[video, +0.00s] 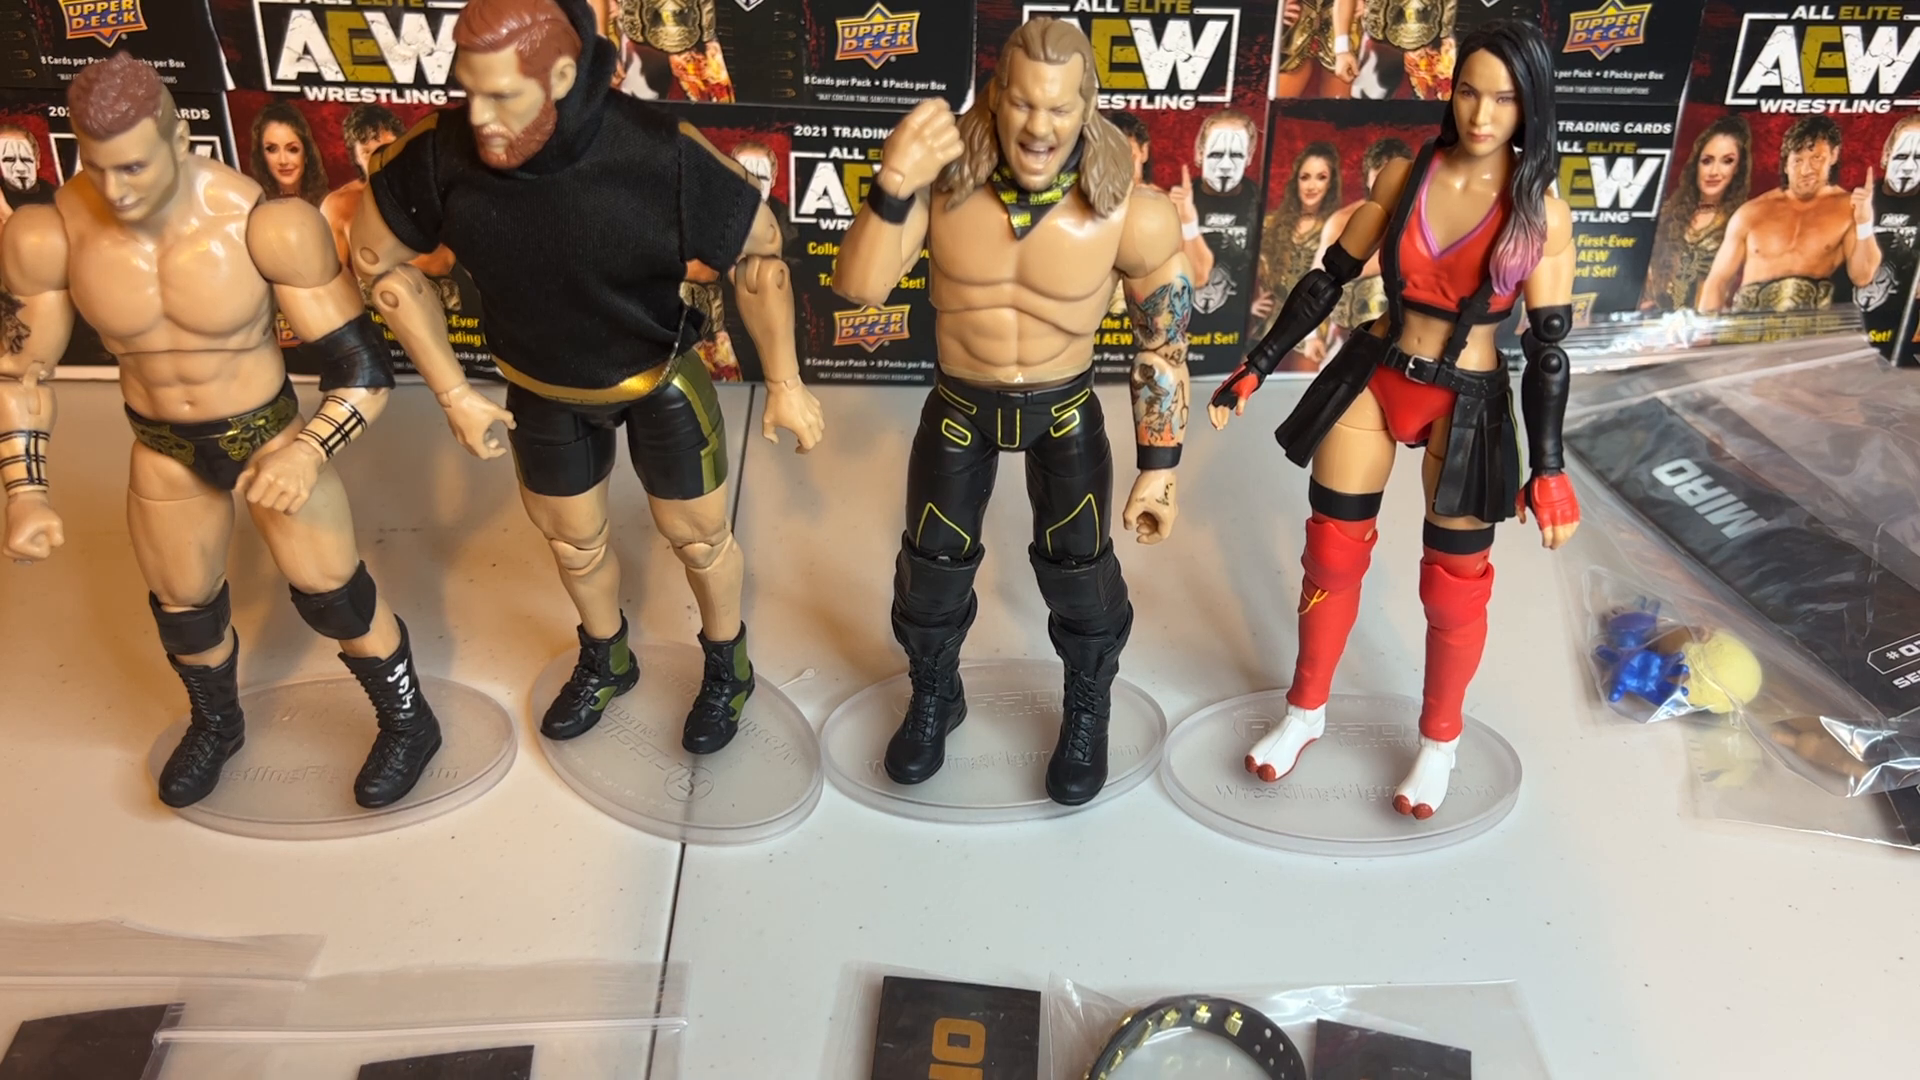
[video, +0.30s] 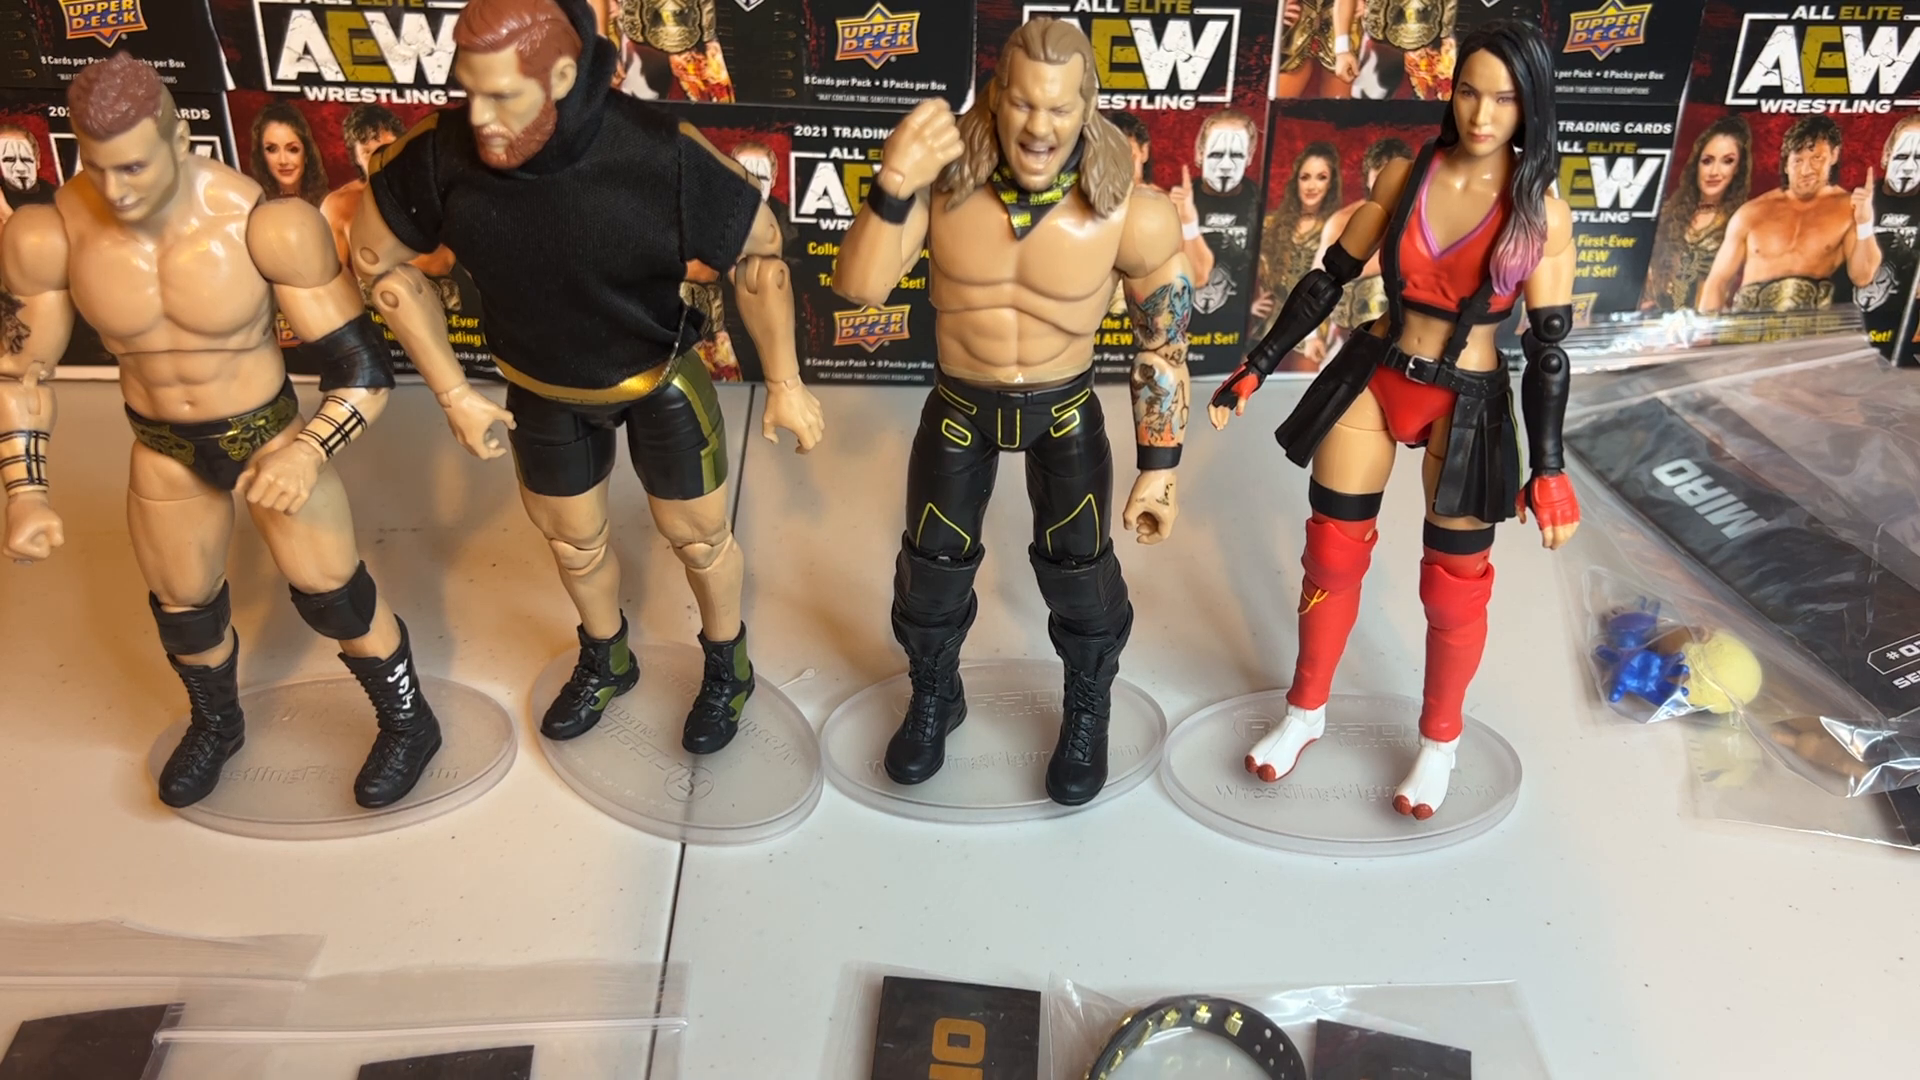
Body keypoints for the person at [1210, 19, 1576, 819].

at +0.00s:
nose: (1480, 113)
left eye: (1501, 99)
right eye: (1469, 94)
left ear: (1529, 108)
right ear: (1450, 94)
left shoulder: (1540, 209)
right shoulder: (1406, 175)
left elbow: (1549, 345)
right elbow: (1333, 273)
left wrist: (1549, 466)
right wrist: (1256, 364)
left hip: (1467, 405)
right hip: (1372, 383)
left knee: (1454, 590)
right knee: (1331, 560)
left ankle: (1438, 742)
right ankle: (1304, 710)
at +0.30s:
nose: (1480, 113)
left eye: (1501, 99)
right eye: (1469, 94)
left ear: (1529, 109)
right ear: (1451, 94)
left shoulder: (1540, 208)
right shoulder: (1406, 175)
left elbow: (1549, 345)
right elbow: (1333, 274)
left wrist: (1549, 466)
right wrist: (1256, 364)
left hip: (1467, 404)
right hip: (1372, 382)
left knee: (1453, 591)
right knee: (1331, 560)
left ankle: (1438, 742)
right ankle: (1304, 710)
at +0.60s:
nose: (1480, 113)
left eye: (1501, 98)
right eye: (1469, 93)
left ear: (1529, 108)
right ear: (1450, 94)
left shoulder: (1540, 207)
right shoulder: (1406, 175)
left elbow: (1549, 343)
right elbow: (1332, 274)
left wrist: (1549, 465)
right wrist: (1256, 364)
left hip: (1466, 404)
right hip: (1371, 382)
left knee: (1453, 591)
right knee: (1331, 560)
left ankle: (1437, 742)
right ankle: (1304, 710)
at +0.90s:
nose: (1480, 113)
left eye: (1501, 99)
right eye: (1469, 93)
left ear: (1528, 108)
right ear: (1450, 94)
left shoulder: (1540, 209)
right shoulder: (1406, 175)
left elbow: (1549, 345)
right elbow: (1332, 274)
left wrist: (1549, 466)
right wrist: (1256, 364)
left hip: (1467, 404)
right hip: (1372, 382)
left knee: (1453, 590)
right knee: (1331, 559)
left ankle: (1438, 741)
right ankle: (1304, 710)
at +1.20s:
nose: (1480, 113)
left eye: (1501, 98)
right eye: (1469, 93)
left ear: (1529, 108)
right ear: (1450, 94)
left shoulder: (1540, 207)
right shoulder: (1406, 174)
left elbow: (1549, 343)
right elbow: (1333, 273)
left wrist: (1549, 465)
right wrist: (1256, 364)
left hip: (1467, 403)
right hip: (1372, 382)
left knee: (1454, 591)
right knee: (1331, 560)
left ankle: (1438, 742)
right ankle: (1304, 710)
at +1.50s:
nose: (1480, 114)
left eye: (1501, 99)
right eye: (1469, 94)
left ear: (1529, 108)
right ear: (1451, 94)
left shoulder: (1540, 208)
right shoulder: (1406, 174)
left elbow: (1549, 343)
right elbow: (1333, 273)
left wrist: (1549, 466)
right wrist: (1257, 364)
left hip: (1467, 404)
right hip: (1371, 383)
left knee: (1454, 592)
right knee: (1331, 560)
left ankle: (1438, 742)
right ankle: (1304, 710)